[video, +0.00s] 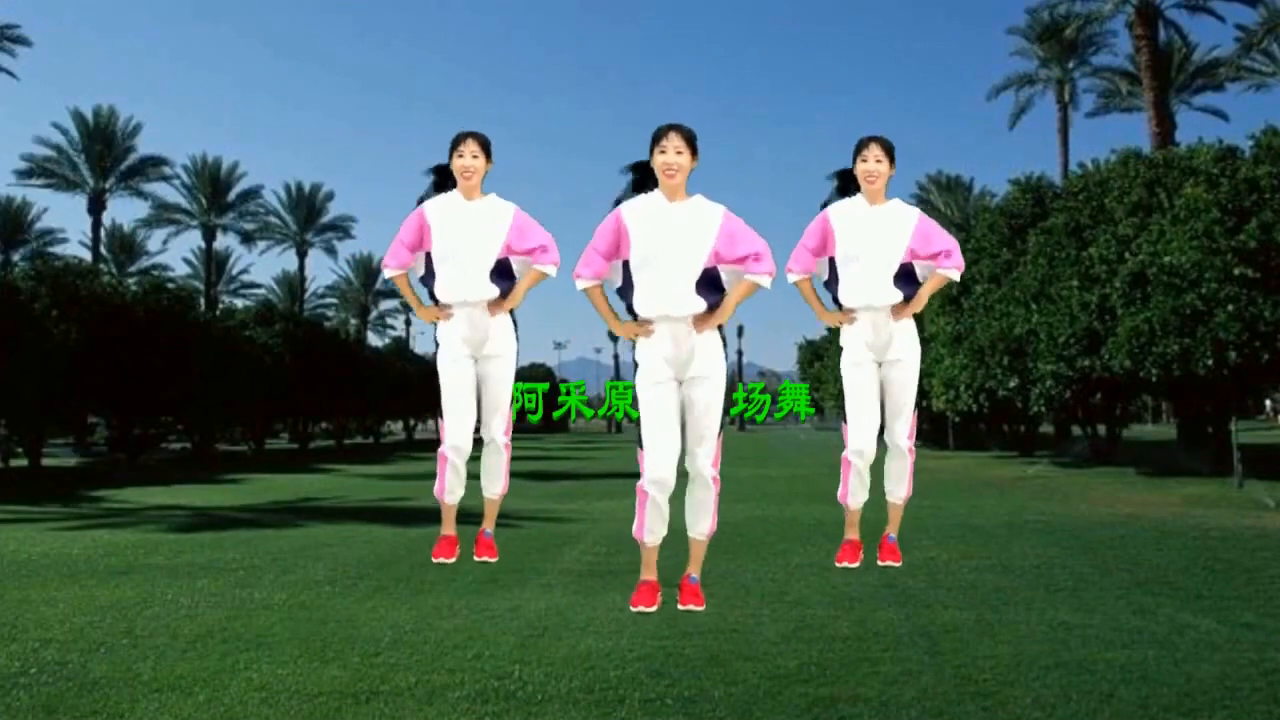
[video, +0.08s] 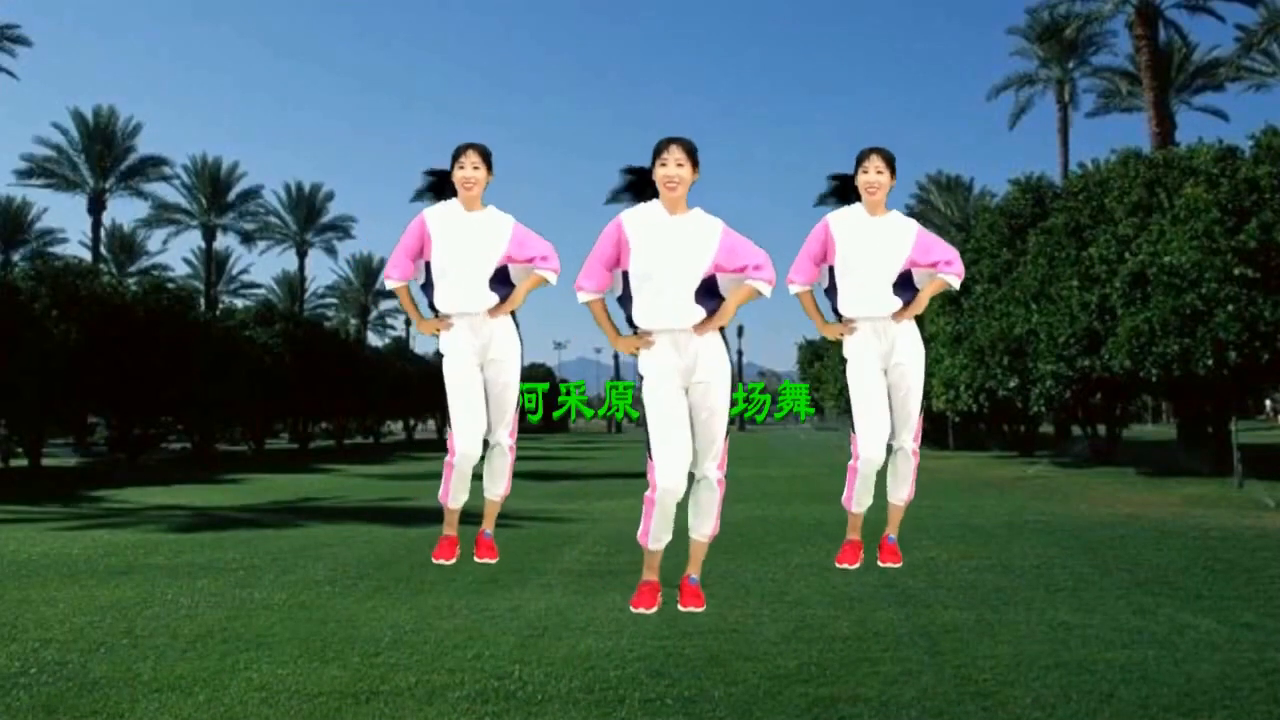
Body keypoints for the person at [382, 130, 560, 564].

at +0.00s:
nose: (467, 162)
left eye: (475, 156)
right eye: (460, 156)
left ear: (488, 165)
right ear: (451, 164)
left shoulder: (505, 212)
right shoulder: (430, 212)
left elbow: (548, 254)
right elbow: (394, 263)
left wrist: (515, 297)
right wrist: (420, 308)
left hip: (496, 325)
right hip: (452, 327)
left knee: (496, 431)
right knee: (456, 431)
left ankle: (488, 532)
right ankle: (448, 531)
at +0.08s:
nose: (468, 174)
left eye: (476, 168)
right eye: (461, 167)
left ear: (489, 176)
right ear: (452, 176)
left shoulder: (502, 223)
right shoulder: (431, 220)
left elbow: (549, 260)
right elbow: (396, 272)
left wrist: (517, 296)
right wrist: (419, 320)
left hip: (500, 330)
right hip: (455, 333)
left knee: (503, 436)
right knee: (467, 438)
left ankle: (487, 532)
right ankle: (449, 532)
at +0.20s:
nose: (466, 171)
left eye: (474, 165)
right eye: (460, 165)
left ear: (488, 173)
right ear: (452, 173)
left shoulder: (505, 219)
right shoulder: (432, 218)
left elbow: (555, 244)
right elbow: (395, 272)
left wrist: (523, 282)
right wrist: (418, 317)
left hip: (498, 326)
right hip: (453, 330)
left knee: (498, 435)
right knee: (463, 436)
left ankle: (486, 531)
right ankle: (449, 531)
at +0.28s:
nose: (462, 162)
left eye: (470, 154)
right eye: (457, 155)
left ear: (488, 161)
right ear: (450, 163)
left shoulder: (508, 205)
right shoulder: (433, 208)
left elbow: (562, 221)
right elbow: (392, 258)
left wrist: (528, 255)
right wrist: (419, 303)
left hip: (495, 316)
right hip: (450, 318)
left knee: (493, 428)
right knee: (453, 428)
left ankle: (484, 531)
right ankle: (445, 530)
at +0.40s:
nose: (461, 153)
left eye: (469, 145)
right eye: (457, 146)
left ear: (491, 150)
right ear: (453, 154)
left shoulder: (515, 190)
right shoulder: (437, 198)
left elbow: (572, 191)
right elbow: (392, 243)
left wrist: (539, 203)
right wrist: (418, 287)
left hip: (493, 306)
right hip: (448, 307)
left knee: (492, 424)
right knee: (444, 424)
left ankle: (488, 528)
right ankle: (441, 528)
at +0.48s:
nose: (465, 156)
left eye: (473, 149)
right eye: (461, 150)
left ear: (493, 155)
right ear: (455, 157)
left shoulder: (515, 198)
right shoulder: (438, 202)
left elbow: (569, 212)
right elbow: (394, 248)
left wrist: (541, 198)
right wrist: (421, 294)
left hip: (494, 310)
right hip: (449, 310)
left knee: (491, 426)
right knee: (448, 428)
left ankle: (487, 531)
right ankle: (444, 530)